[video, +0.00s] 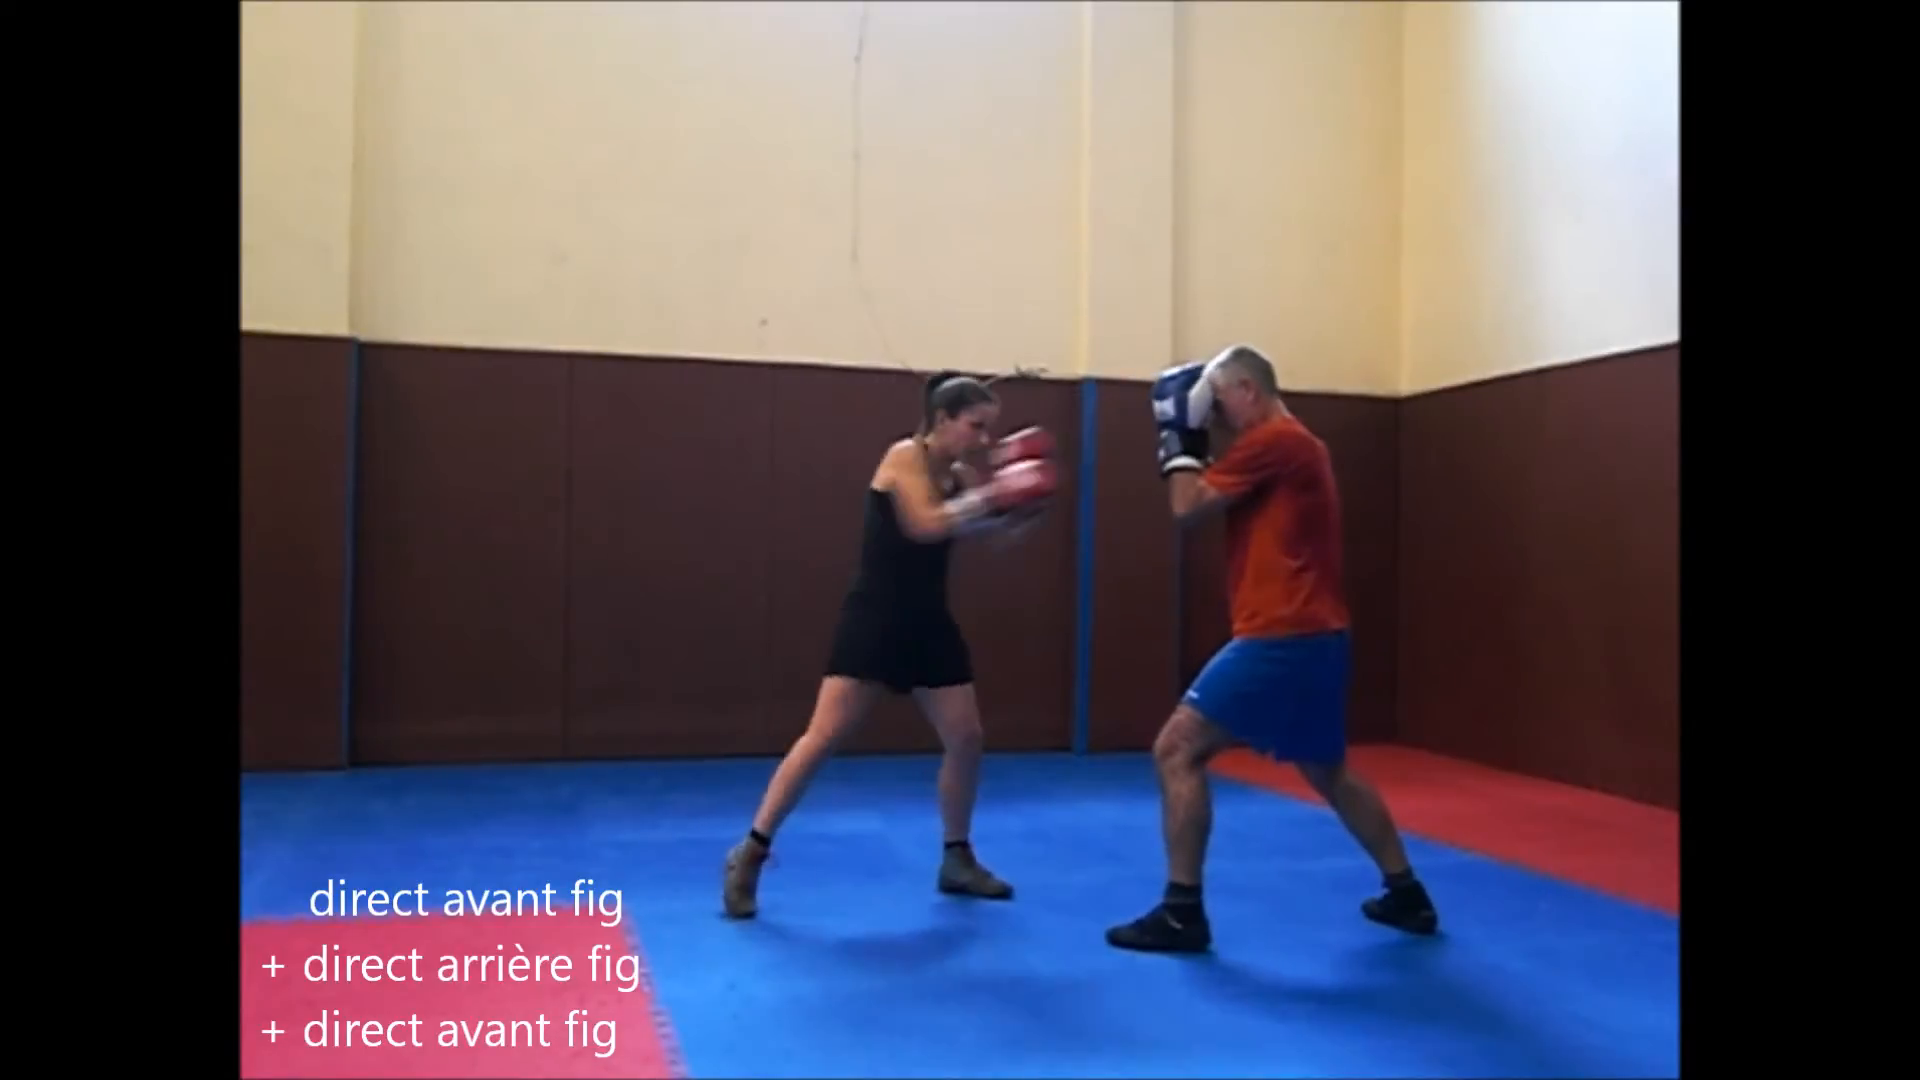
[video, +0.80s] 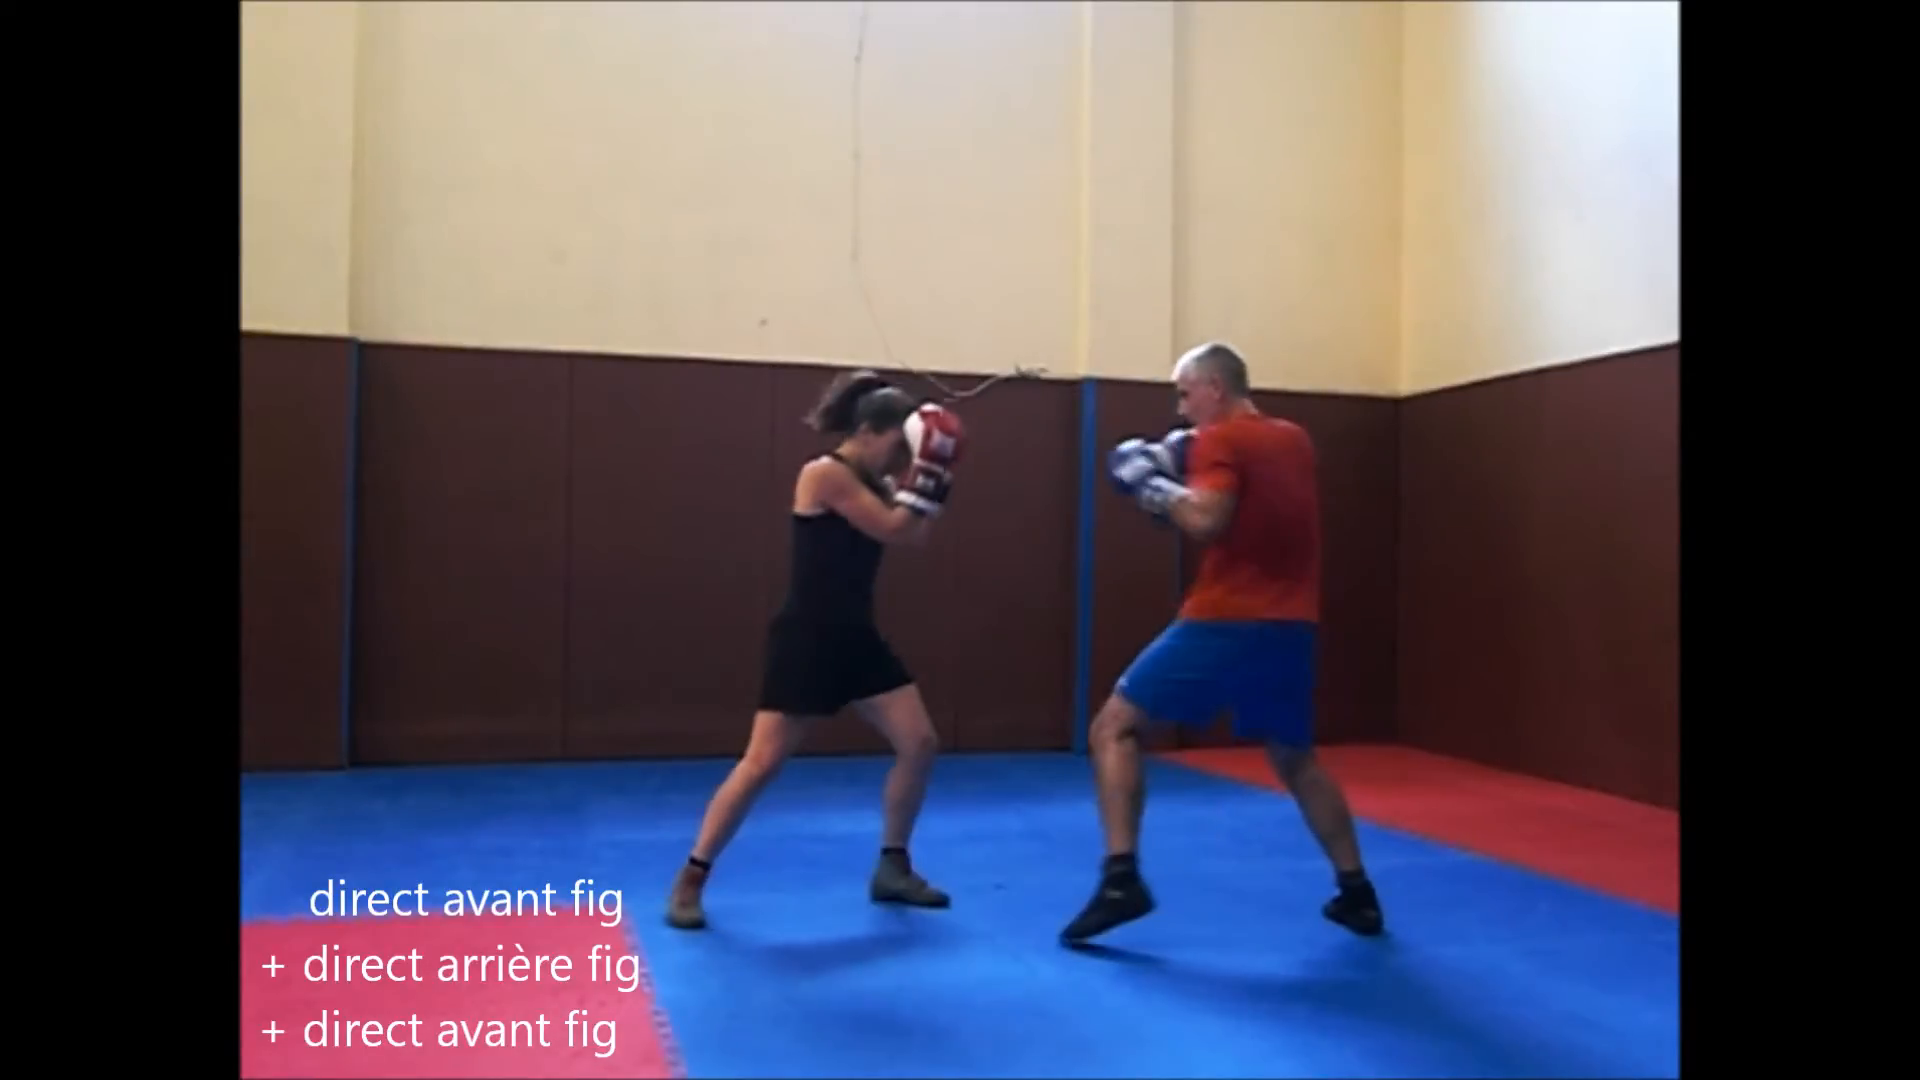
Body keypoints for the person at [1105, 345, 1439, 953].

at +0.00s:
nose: (1221, 416)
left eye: (1222, 403)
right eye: (1217, 405)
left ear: (1246, 391)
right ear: (1262, 391)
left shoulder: (1272, 442)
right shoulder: (1300, 442)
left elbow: (1188, 501)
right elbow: (1217, 491)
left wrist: (1171, 436)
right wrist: (1200, 437)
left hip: (1274, 637)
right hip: (1315, 636)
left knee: (1177, 749)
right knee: (1330, 771)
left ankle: (1182, 912)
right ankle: (1407, 893)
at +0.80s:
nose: (1182, 408)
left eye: (1187, 393)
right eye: (1180, 395)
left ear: (1219, 389)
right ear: (1239, 390)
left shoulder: (1216, 439)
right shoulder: (1295, 437)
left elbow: (1203, 517)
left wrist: (1151, 485)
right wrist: (1181, 472)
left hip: (1222, 621)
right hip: (1291, 625)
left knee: (1112, 730)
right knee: (1297, 759)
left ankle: (1121, 881)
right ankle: (1357, 892)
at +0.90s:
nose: (1159, 411)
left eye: (1163, 400)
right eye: (1158, 401)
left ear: (1192, 394)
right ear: (1214, 394)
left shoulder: (1176, 439)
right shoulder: (1280, 440)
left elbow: (1110, 479)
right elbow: (1290, 513)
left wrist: (1043, 460)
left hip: (1198, 629)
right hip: (1274, 630)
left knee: (1108, 746)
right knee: (1301, 760)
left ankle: (1120, 896)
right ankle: (1357, 893)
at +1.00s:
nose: (1132, 424)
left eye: (1137, 412)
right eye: (1132, 413)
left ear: (1167, 409)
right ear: (1190, 407)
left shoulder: (1142, 456)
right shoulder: (1258, 452)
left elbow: (1053, 469)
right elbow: (1281, 535)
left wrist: (966, 453)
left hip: (1190, 647)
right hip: (1270, 646)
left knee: (1093, 752)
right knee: (1290, 767)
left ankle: (1121, 901)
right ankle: (1355, 894)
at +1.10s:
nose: (1108, 419)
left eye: (1114, 406)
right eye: (1106, 406)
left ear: (1143, 403)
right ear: (1165, 405)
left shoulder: (1140, 454)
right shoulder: (1230, 449)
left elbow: (1075, 524)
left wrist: (1022, 489)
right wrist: (1057, 488)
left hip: (1192, 643)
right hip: (1260, 638)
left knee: (1089, 753)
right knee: (1271, 769)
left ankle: (1123, 907)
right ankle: (1353, 893)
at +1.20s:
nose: (1094, 419)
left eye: (1103, 405)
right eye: (1093, 407)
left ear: (1140, 406)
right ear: (1129, 408)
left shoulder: (1195, 460)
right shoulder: (1140, 466)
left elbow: (1205, 555)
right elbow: (1120, 490)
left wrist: (1123, 525)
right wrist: (1072, 463)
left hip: (1206, 638)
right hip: (1227, 636)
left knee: (1101, 754)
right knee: (1256, 772)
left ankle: (1128, 914)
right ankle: (1355, 885)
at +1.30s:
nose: (1100, 429)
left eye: (1108, 417)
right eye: (1100, 418)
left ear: (1146, 417)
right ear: (1133, 417)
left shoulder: (1217, 470)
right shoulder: (1118, 463)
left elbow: (1254, 555)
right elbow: (1024, 458)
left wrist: (1176, 531)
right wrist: (947, 440)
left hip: (1217, 643)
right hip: (1193, 648)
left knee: (1107, 754)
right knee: (1259, 781)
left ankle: (1130, 918)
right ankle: (1365, 884)